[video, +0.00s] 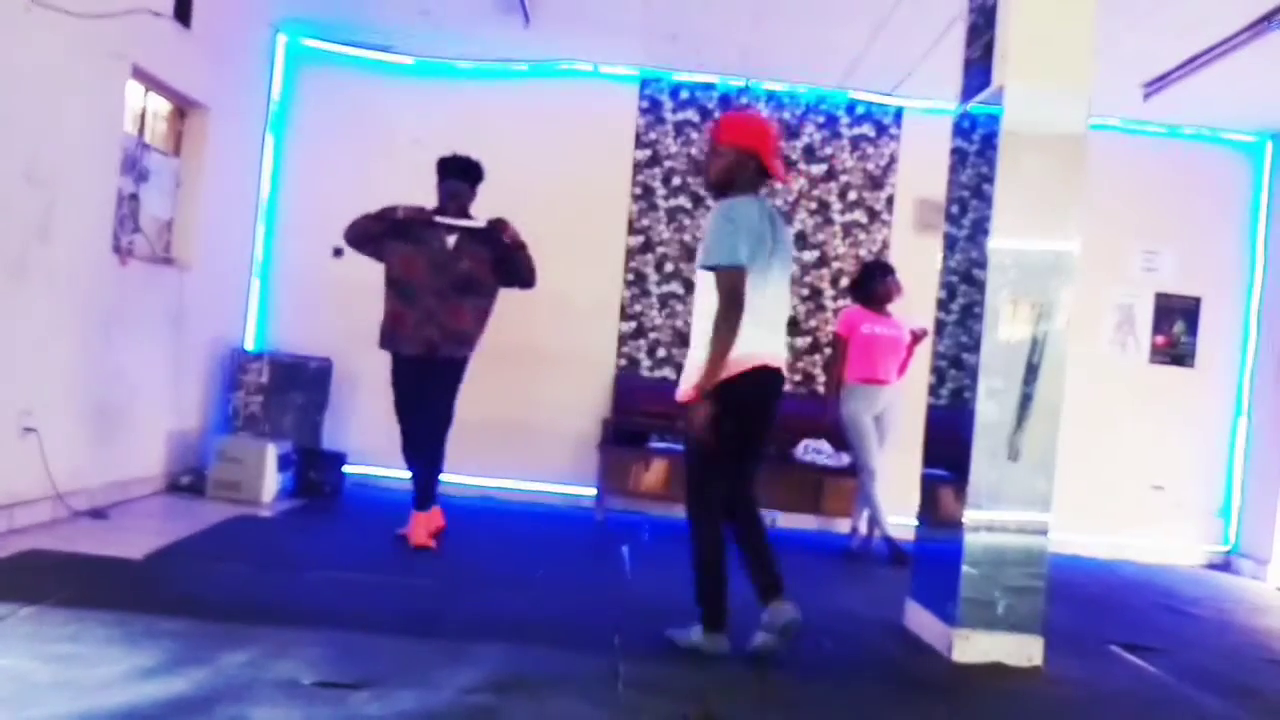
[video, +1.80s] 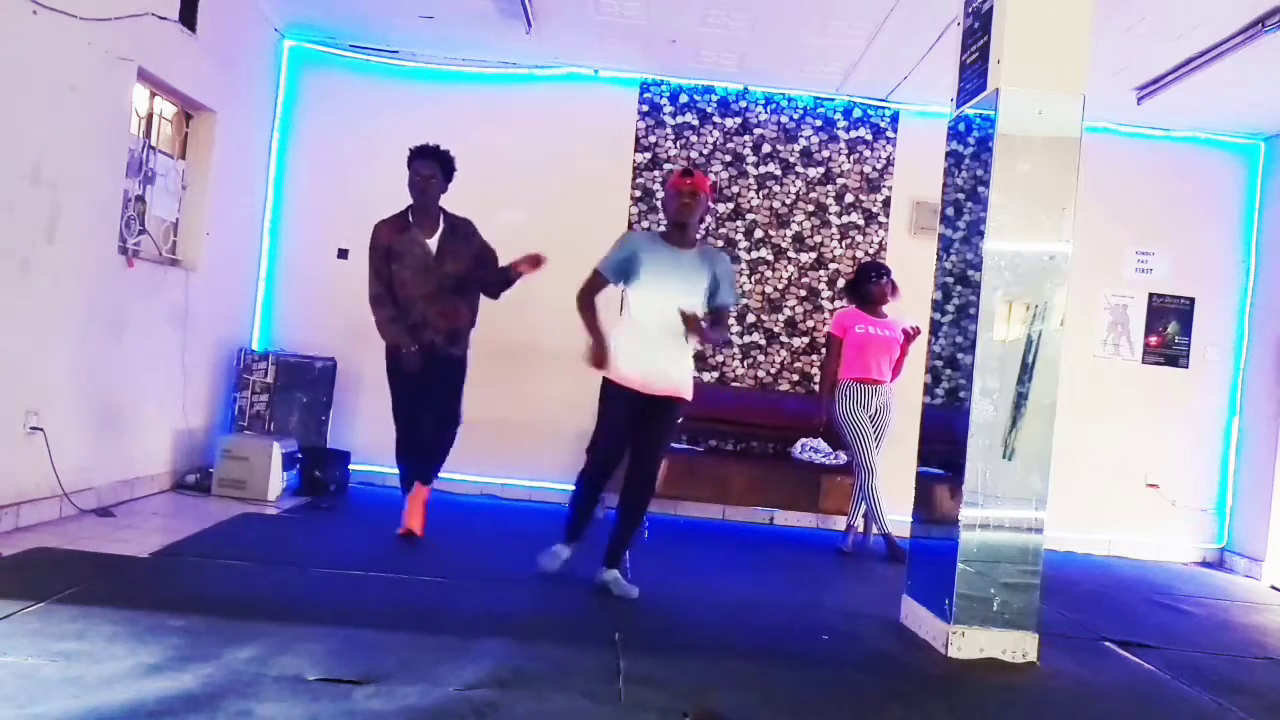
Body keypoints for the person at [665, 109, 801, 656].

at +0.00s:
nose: (706, 162)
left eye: (717, 153)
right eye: (710, 152)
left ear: (743, 162)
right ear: (755, 166)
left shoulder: (731, 216)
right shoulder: (772, 219)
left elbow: (731, 304)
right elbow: (770, 305)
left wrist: (705, 385)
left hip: (728, 376)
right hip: (764, 375)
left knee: (704, 500)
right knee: (738, 493)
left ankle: (712, 625)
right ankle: (775, 601)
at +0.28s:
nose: (691, 179)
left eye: (703, 171)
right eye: (691, 170)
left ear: (728, 181)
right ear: (692, 177)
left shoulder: (729, 228)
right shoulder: (705, 232)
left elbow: (738, 309)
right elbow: (713, 317)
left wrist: (666, 335)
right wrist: (668, 355)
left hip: (731, 385)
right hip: (710, 384)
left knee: (692, 489)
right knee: (689, 486)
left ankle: (714, 619)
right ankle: (693, 581)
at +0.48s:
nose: (668, 194)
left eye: (679, 186)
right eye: (664, 185)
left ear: (698, 194)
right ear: (657, 191)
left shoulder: (717, 236)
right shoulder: (655, 250)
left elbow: (763, 287)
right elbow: (635, 302)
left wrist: (718, 343)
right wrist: (629, 343)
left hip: (733, 384)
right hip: (693, 381)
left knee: (719, 490)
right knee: (686, 483)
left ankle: (725, 604)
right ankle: (692, 582)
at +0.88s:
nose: (679, 201)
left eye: (688, 193)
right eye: (672, 192)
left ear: (701, 199)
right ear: (660, 198)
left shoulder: (724, 249)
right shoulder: (642, 252)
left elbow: (730, 317)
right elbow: (644, 324)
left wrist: (714, 283)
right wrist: (647, 292)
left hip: (712, 380)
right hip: (663, 376)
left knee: (697, 474)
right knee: (670, 476)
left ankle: (689, 553)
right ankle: (686, 579)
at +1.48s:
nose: (691, 213)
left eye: (699, 207)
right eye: (684, 204)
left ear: (707, 215)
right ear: (670, 205)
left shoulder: (692, 259)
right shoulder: (654, 238)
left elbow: (683, 318)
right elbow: (675, 296)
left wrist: (697, 348)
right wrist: (710, 277)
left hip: (665, 376)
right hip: (625, 372)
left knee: (676, 463)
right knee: (623, 467)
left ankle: (631, 547)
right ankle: (607, 553)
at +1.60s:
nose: (688, 212)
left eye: (696, 206)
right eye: (681, 204)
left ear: (708, 214)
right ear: (670, 208)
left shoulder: (698, 269)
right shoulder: (648, 247)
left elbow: (690, 324)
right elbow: (629, 314)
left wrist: (697, 354)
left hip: (664, 379)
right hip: (626, 373)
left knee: (648, 472)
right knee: (620, 467)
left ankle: (613, 561)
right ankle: (602, 552)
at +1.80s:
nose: (685, 203)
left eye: (693, 197)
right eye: (679, 195)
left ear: (707, 208)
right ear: (666, 200)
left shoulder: (716, 263)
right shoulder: (636, 245)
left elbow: (722, 331)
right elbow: (585, 295)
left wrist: (704, 331)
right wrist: (597, 339)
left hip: (670, 389)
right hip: (622, 379)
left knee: (643, 479)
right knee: (600, 464)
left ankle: (613, 565)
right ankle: (568, 542)